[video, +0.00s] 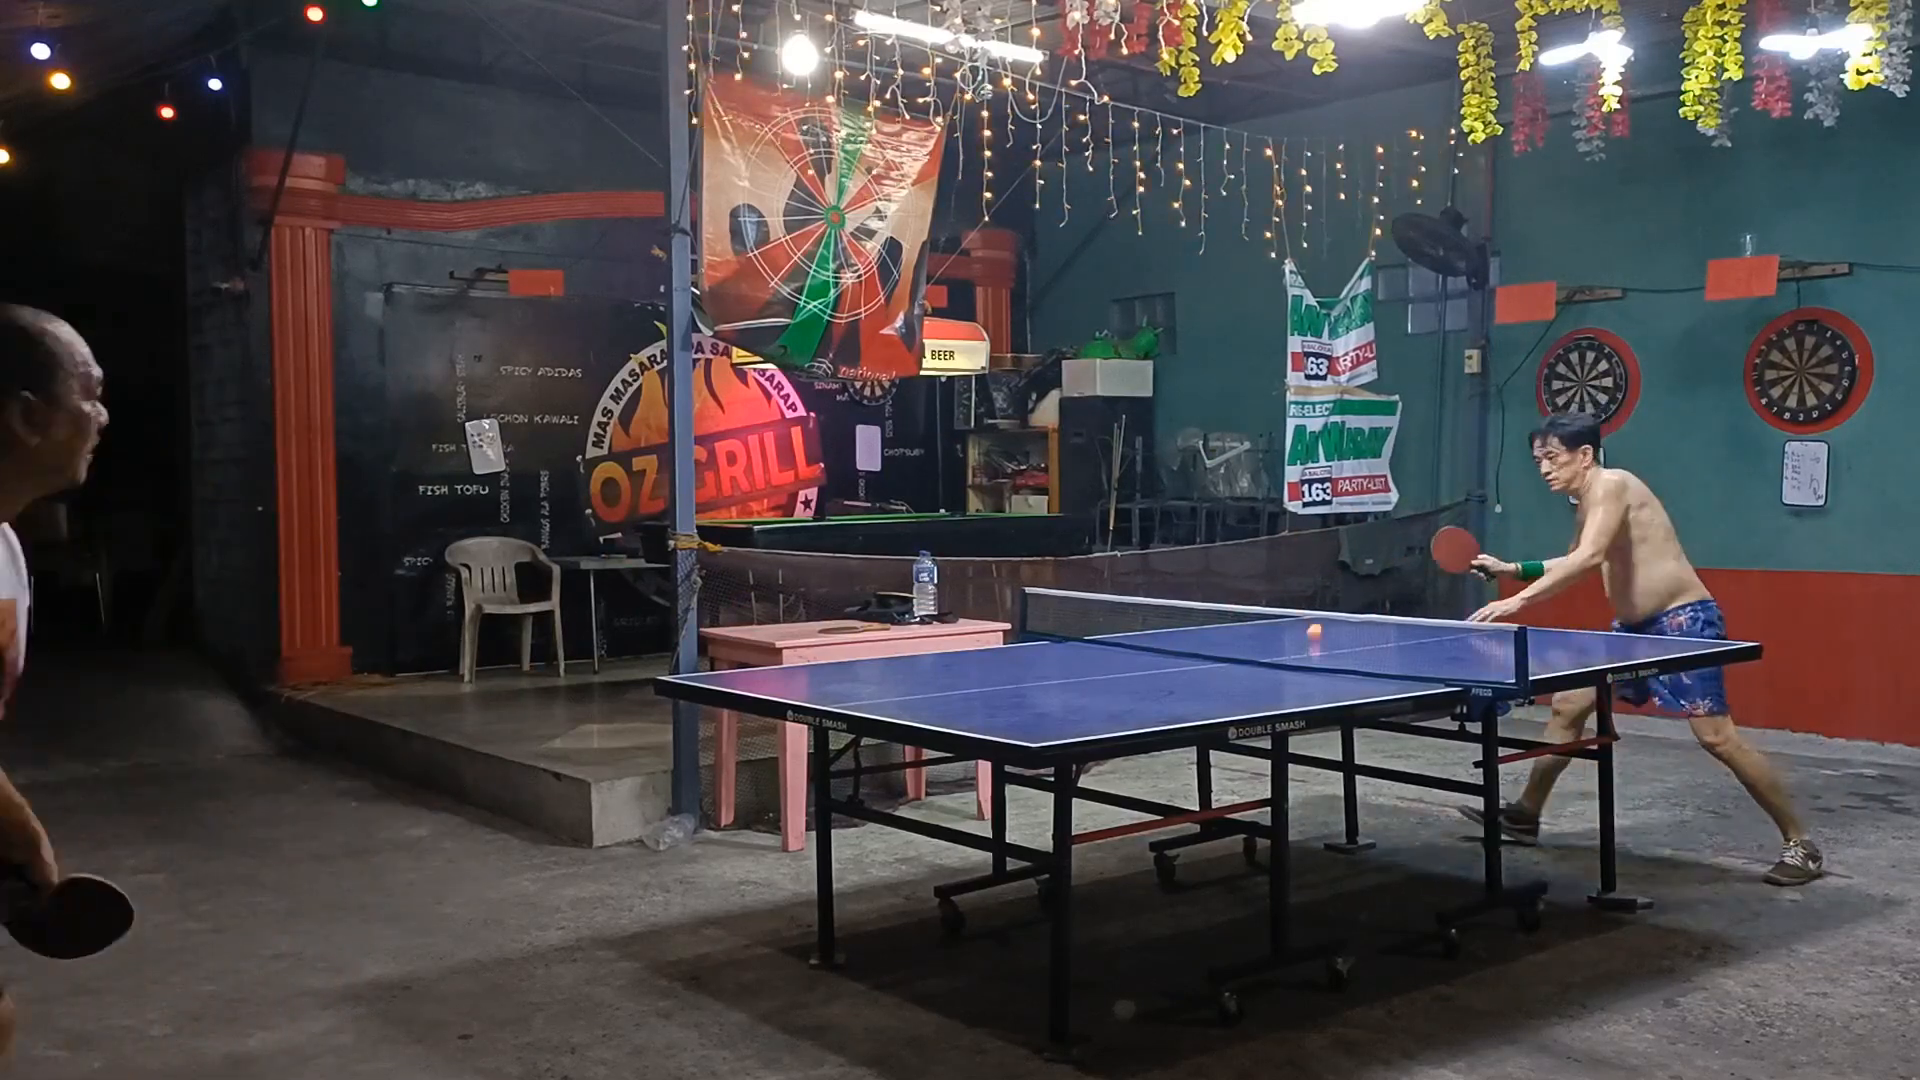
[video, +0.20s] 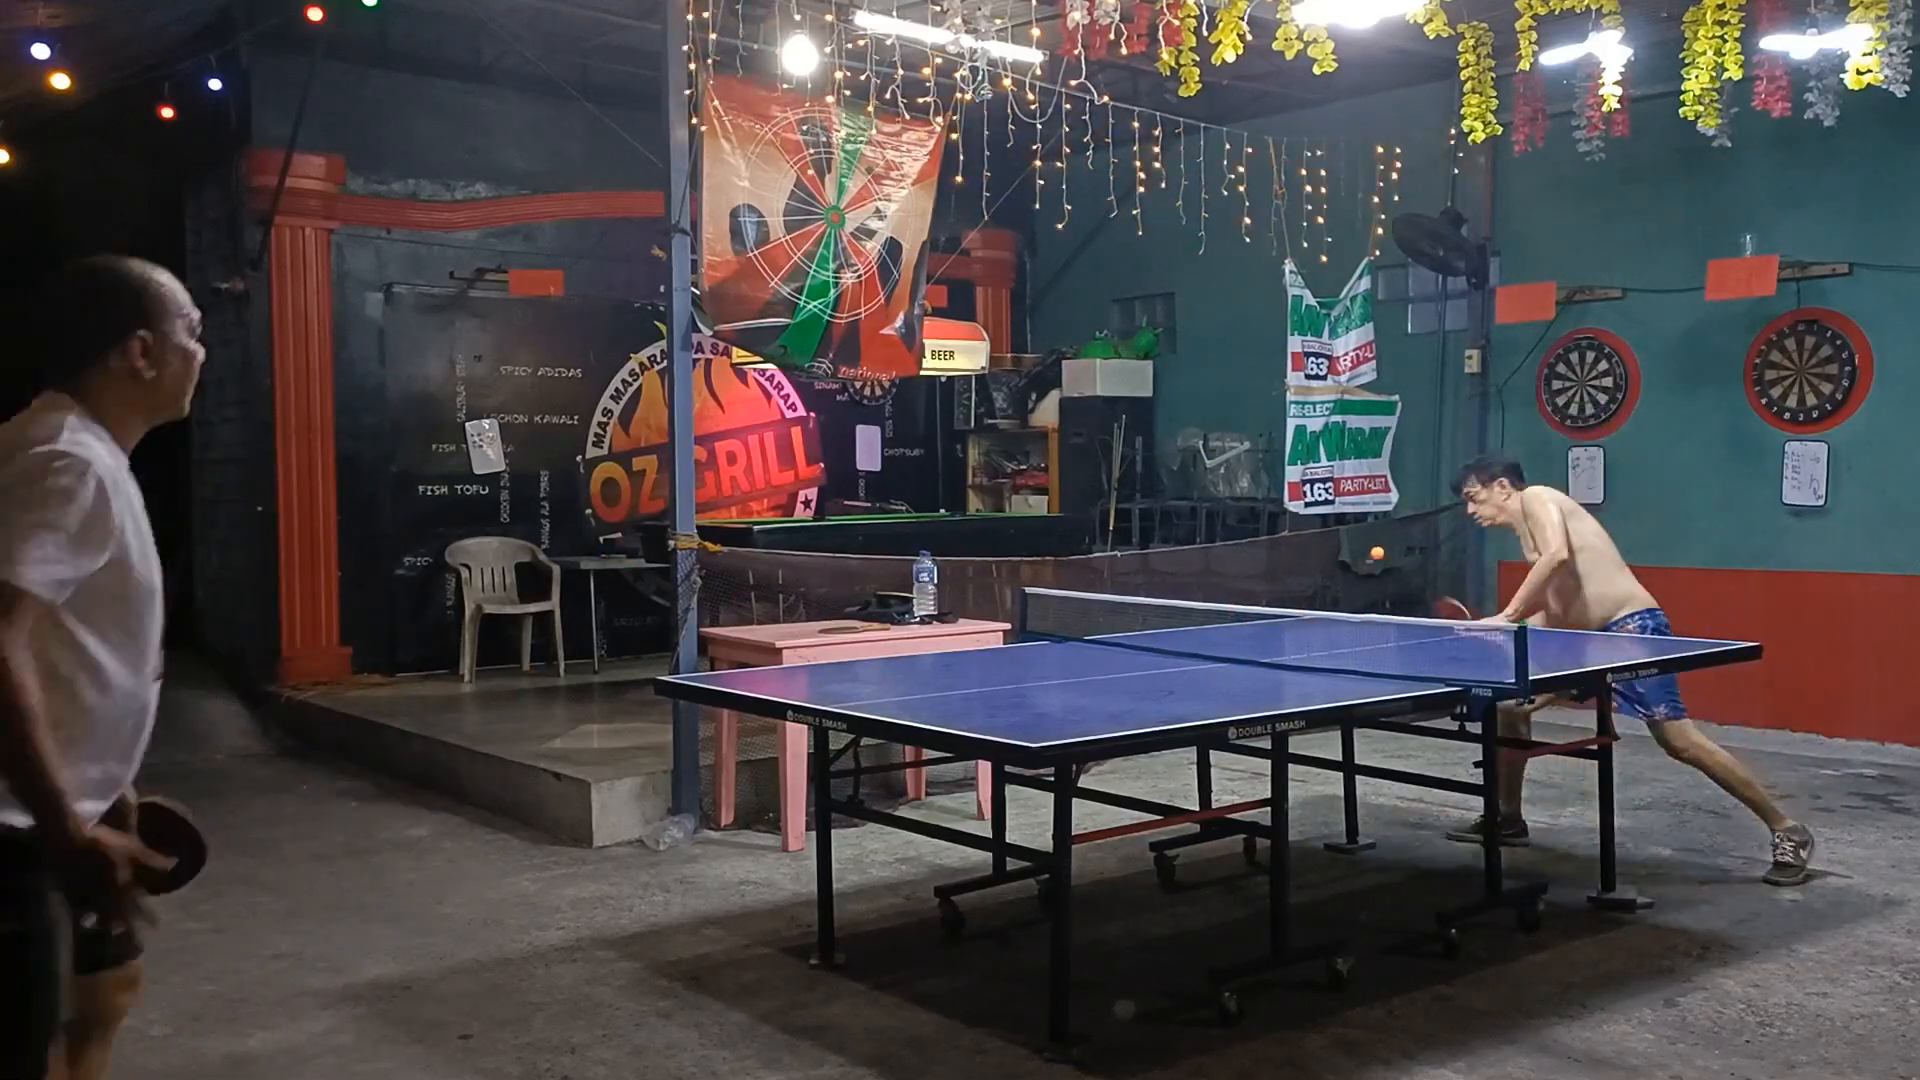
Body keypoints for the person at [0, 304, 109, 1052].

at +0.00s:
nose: (102, 419)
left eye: (98, 397)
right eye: (89, 397)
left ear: (32, 416)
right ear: (26, 415)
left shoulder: (12, 553)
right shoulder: (5, 557)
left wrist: (25, 835)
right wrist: (25, 833)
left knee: (1, 1021)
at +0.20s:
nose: (203, 351)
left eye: (199, 332)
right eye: (189, 332)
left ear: (134, 354)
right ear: (139, 353)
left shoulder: (66, 449)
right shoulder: (69, 467)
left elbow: (40, 661)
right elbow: (6, 645)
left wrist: (110, 800)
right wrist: (67, 826)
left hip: (58, 833)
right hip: (34, 843)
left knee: (103, 994)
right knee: (48, 1039)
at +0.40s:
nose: (313, 352)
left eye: (311, 333)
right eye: (305, 332)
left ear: (245, 346)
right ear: (260, 346)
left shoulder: (181, 438)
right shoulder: (189, 447)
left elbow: (178, 634)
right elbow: (132, 623)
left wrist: (277, 749)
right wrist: (266, 775)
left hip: (137, 771)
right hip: (135, 780)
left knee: (249, 974)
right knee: (339, 997)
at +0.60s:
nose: (433, 465)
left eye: (435, 447)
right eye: (429, 445)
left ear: (362, 440)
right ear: (380, 443)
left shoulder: (299, 523)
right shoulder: (288, 531)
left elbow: (323, 703)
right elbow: (254, 714)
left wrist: (434, 754)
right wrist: (384, 830)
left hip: (239, 813)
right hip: (222, 826)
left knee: (350, 949)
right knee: (460, 991)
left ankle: (293, 1072)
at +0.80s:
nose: (502, 476)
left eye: (507, 457)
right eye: (501, 454)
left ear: (449, 444)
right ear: (455, 443)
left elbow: (400, 673)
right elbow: (212, 647)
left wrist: (559, 695)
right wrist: (305, 799)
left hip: (266, 777)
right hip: (204, 777)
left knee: (330, 997)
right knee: (411, 985)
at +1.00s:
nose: (498, 451)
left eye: (500, 432)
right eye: (494, 429)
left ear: (437, 424)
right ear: (447, 425)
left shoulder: (385, 520)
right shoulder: (323, 489)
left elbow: (368, 668)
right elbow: (184, 615)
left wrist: (494, 734)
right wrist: (150, 803)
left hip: (291, 788)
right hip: (230, 790)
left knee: (306, 989)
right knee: (403, 995)